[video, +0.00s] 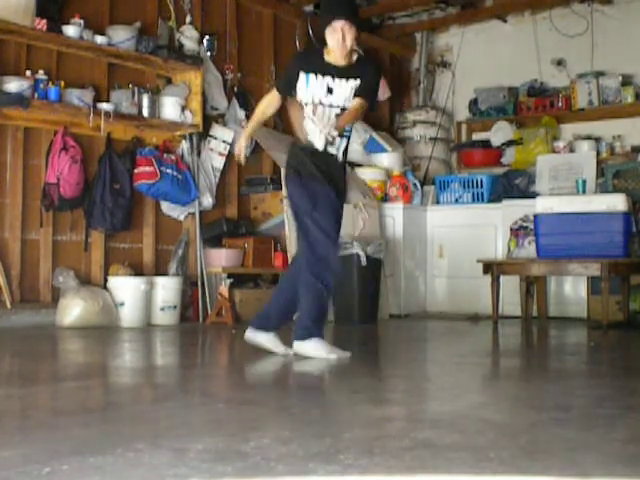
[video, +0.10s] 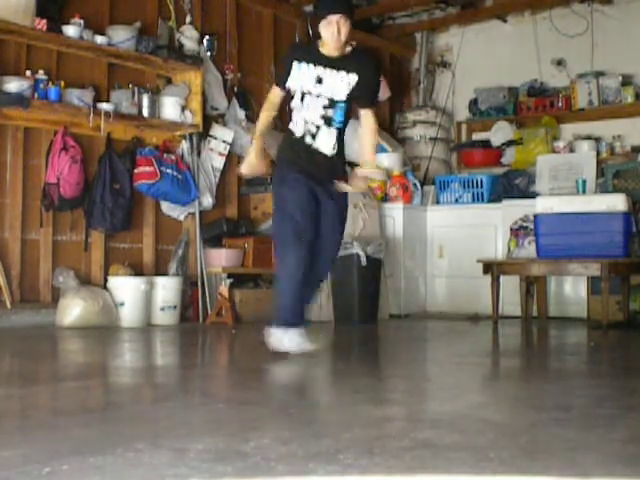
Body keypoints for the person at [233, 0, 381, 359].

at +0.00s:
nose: (345, 34)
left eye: (349, 27)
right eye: (338, 28)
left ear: (357, 32)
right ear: (325, 32)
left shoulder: (366, 68)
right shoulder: (304, 62)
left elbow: (360, 105)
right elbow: (275, 96)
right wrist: (248, 130)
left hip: (335, 169)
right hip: (304, 164)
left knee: (316, 249)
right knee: (322, 246)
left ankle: (263, 326)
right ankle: (307, 336)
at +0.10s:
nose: (336, 29)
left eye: (342, 22)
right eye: (328, 22)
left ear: (351, 25)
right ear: (317, 26)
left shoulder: (362, 65)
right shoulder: (298, 56)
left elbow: (367, 119)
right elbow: (272, 103)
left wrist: (368, 164)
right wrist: (256, 145)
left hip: (332, 174)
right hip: (294, 165)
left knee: (324, 254)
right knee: (296, 243)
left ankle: (285, 322)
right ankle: (287, 328)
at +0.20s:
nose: (331, 38)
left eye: (336, 31)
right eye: (324, 31)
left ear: (343, 37)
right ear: (311, 35)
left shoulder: (357, 79)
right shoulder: (290, 68)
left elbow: (379, 122)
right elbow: (261, 113)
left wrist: (398, 163)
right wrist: (291, 123)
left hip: (329, 182)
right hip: (288, 178)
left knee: (327, 259)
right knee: (287, 244)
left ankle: (325, 333)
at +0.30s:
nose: (322, 39)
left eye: (328, 32)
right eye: (315, 32)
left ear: (336, 36)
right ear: (302, 35)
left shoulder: (350, 73)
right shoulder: (285, 65)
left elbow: (379, 101)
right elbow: (264, 109)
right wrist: (308, 97)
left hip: (321, 185)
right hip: (280, 182)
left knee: (323, 262)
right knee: (261, 242)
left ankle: (324, 333)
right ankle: (250, 278)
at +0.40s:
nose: (306, 35)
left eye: (313, 28)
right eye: (300, 28)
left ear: (323, 29)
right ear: (292, 28)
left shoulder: (338, 61)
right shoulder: (282, 48)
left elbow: (376, 91)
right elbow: (273, 80)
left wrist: (355, 107)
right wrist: (319, 86)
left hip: (308, 175)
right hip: (268, 170)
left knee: (318, 254)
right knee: (246, 240)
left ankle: (330, 324)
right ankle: (258, 292)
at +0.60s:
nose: (294, 60)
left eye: (300, 53)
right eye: (287, 53)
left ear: (311, 53)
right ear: (278, 52)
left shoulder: (322, 89)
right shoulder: (265, 73)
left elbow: (332, 142)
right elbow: (223, 77)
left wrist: (302, 111)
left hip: (301, 192)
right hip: (260, 190)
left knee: (316, 267)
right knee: (253, 265)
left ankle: (327, 331)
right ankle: (227, 332)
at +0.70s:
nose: (296, 53)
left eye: (302, 46)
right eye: (290, 46)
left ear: (310, 46)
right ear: (278, 46)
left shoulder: (319, 72)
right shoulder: (256, 69)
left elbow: (333, 118)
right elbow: (204, 80)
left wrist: (298, 92)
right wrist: (168, 109)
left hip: (313, 189)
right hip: (275, 191)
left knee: (336, 257)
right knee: (261, 269)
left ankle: (328, 318)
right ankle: (231, 327)